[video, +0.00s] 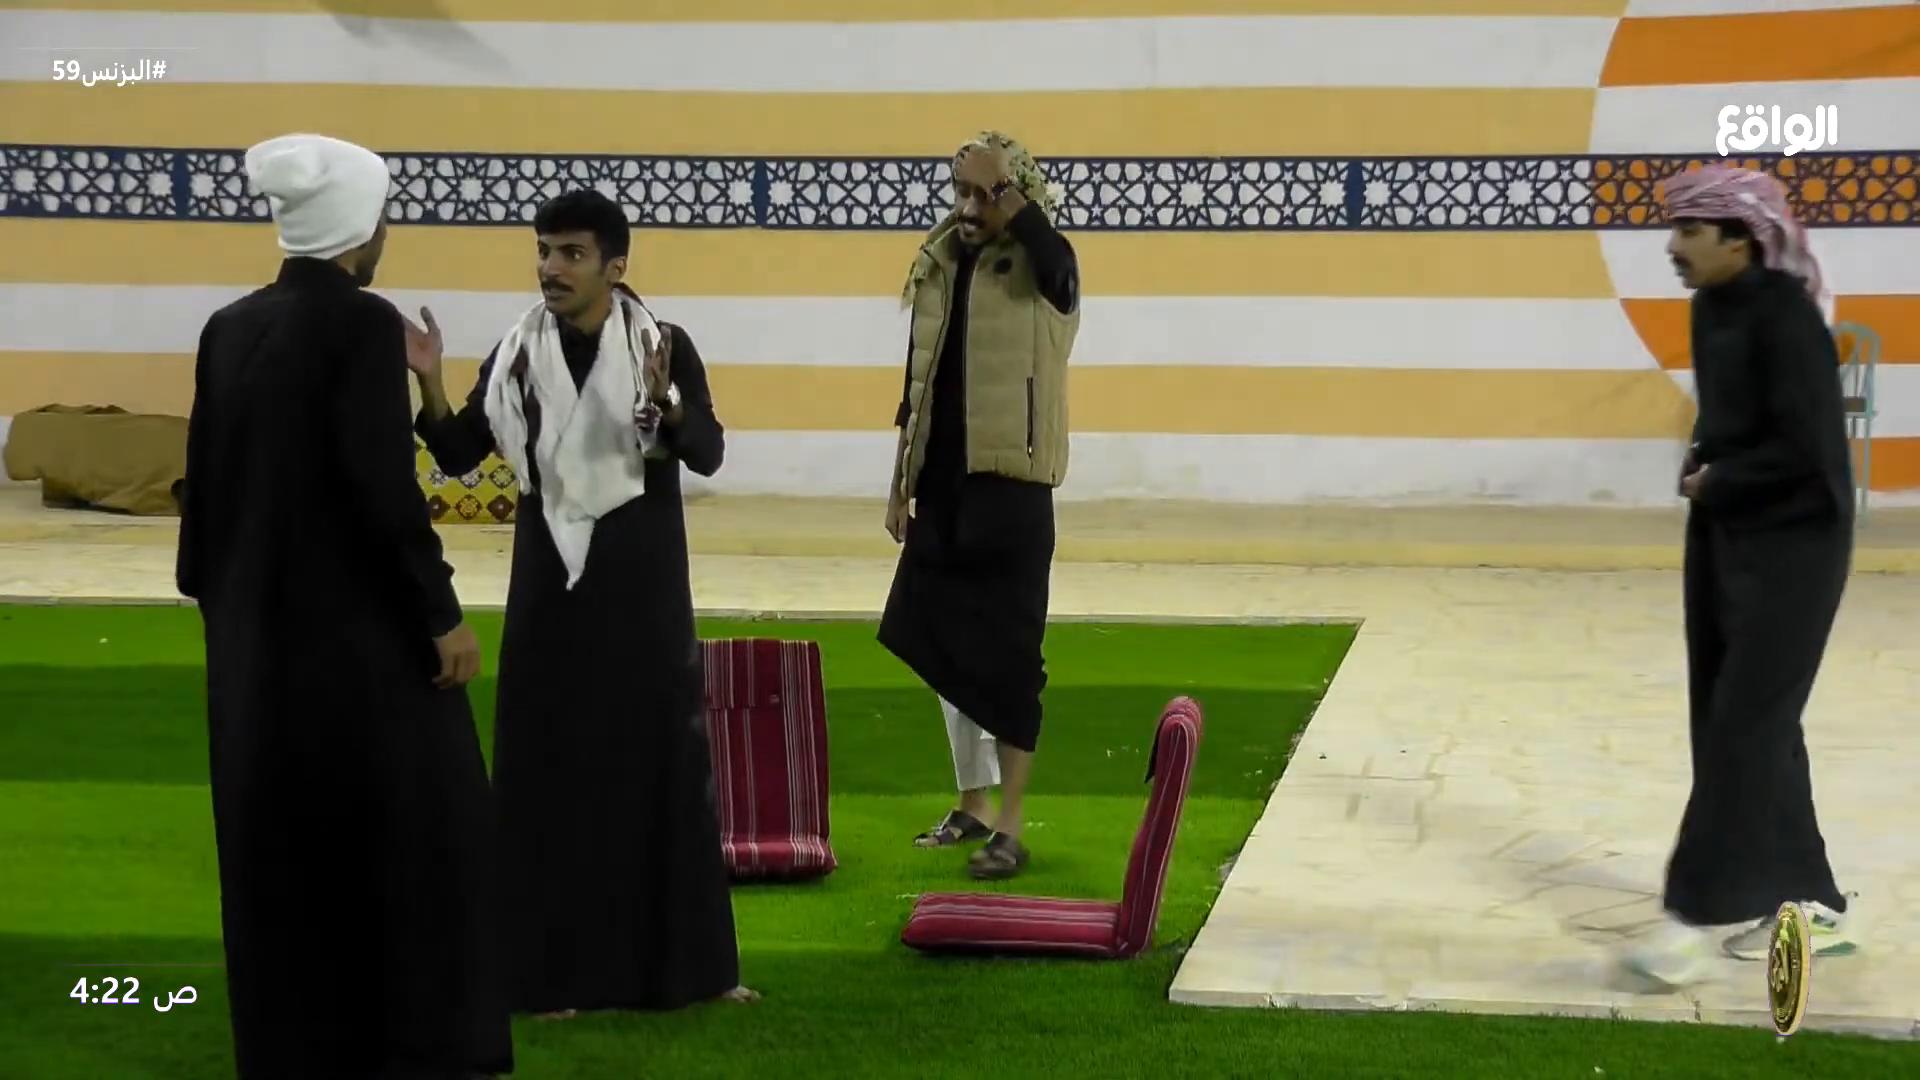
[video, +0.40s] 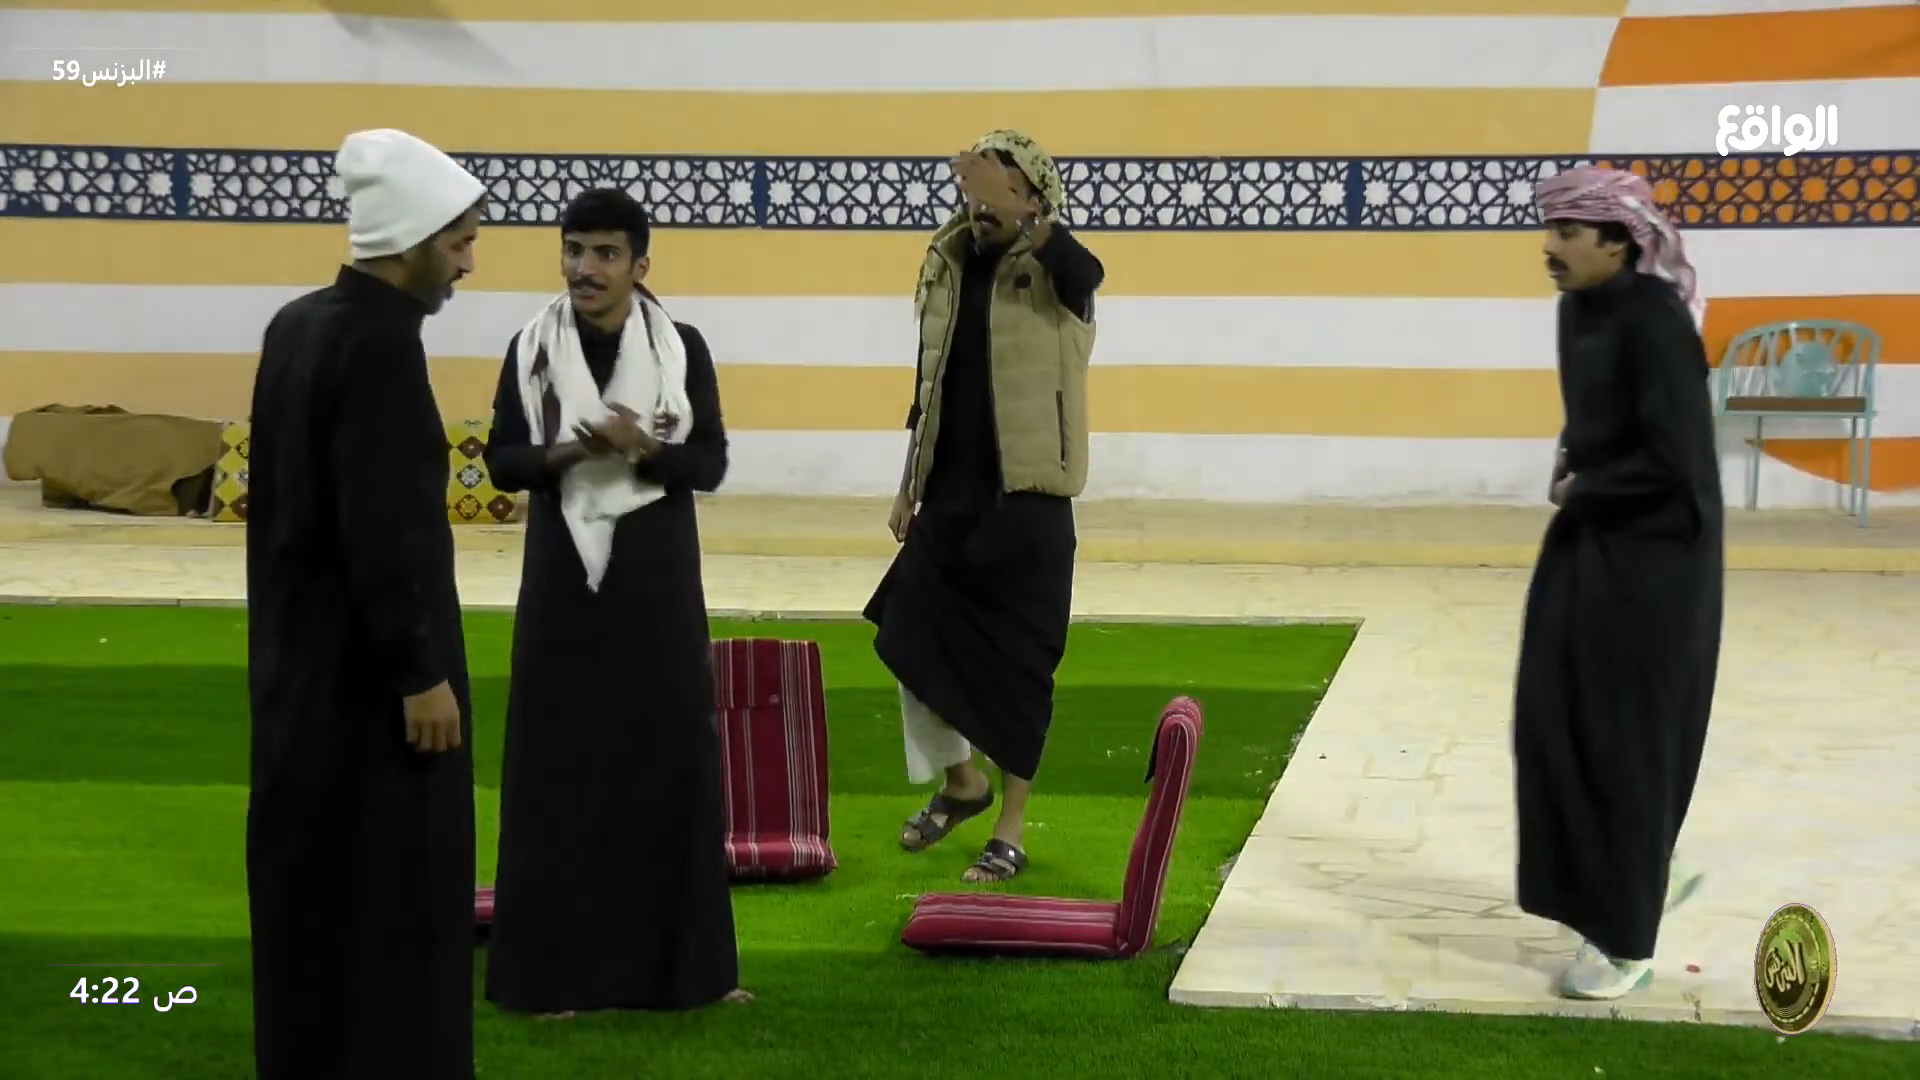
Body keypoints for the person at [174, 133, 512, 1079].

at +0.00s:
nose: (385, 235)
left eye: (378, 220)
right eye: (380, 221)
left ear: (290, 231)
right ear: (364, 235)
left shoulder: (229, 330)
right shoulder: (368, 328)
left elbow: (206, 485)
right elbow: (385, 487)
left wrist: (222, 590)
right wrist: (443, 612)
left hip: (254, 648)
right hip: (362, 647)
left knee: (281, 859)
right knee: (407, 848)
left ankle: (294, 1048)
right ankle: (415, 1047)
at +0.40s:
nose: (471, 254)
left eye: (472, 234)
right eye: (459, 237)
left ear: (388, 237)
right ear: (404, 241)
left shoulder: (300, 326)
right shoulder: (381, 340)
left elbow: (287, 516)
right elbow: (392, 522)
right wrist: (422, 671)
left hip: (305, 688)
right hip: (374, 697)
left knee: (321, 924)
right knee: (394, 932)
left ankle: (320, 1061)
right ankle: (397, 1062)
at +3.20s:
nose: (943, 256)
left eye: (935, 224)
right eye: (914, 224)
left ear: (854, 249)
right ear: (832, 248)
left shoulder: (927, 387)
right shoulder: (705, 404)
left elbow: (974, 593)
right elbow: (655, 648)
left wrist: (1059, 616)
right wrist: (865, 738)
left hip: (925, 832)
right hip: (764, 844)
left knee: (926, 1057)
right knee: (872, 1056)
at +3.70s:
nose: (1096, 268)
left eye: (1093, 242)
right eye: (1093, 244)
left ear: (956, 248)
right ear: (1060, 255)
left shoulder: (860, 397)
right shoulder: (1011, 388)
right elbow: (1187, 592)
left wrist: (1106, 499)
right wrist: (1269, 505)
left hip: (916, 908)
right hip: (1042, 915)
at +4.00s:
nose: (1128, 286)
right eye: (1120, 265)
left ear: (984, 277)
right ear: (1099, 281)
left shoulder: (909, 400)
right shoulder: (1109, 412)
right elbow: (1211, 596)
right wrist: (1259, 438)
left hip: (929, 838)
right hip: (1083, 844)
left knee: (926, 1047)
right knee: (1084, 1050)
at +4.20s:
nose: (1043, 289)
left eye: (1034, 265)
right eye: (1038, 271)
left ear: (919, 292)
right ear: (1028, 288)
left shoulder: (859, 421)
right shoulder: (1058, 417)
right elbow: (1214, 529)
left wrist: (1231, 443)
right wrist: (1215, 437)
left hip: (923, 853)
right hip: (1079, 846)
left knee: (953, 1056)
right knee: (1109, 1052)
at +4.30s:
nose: (1001, 265)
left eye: (988, 243)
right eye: (994, 246)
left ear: (876, 280)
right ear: (985, 266)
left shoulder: (821, 422)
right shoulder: (1046, 389)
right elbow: (1208, 511)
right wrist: (1227, 449)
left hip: (907, 828)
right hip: (1073, 812)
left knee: (953, 1046)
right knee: (1131, 1034)